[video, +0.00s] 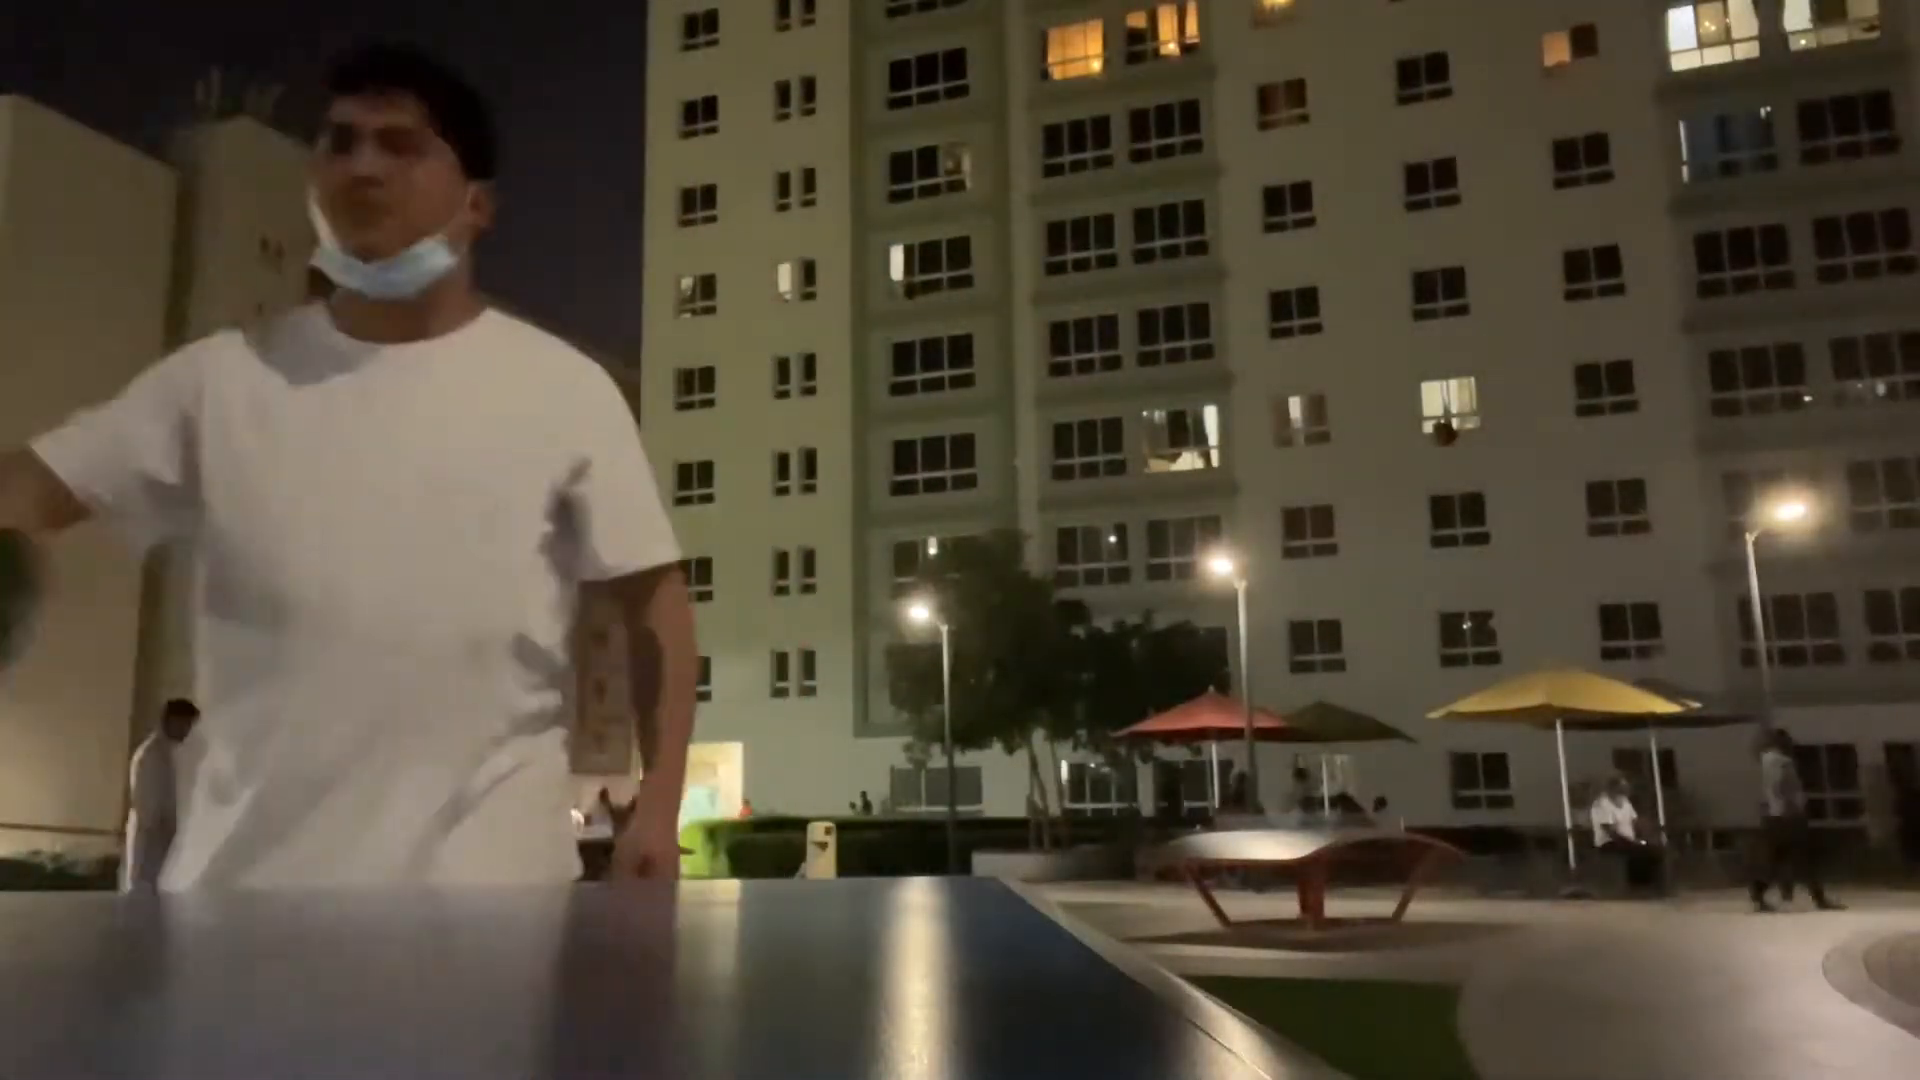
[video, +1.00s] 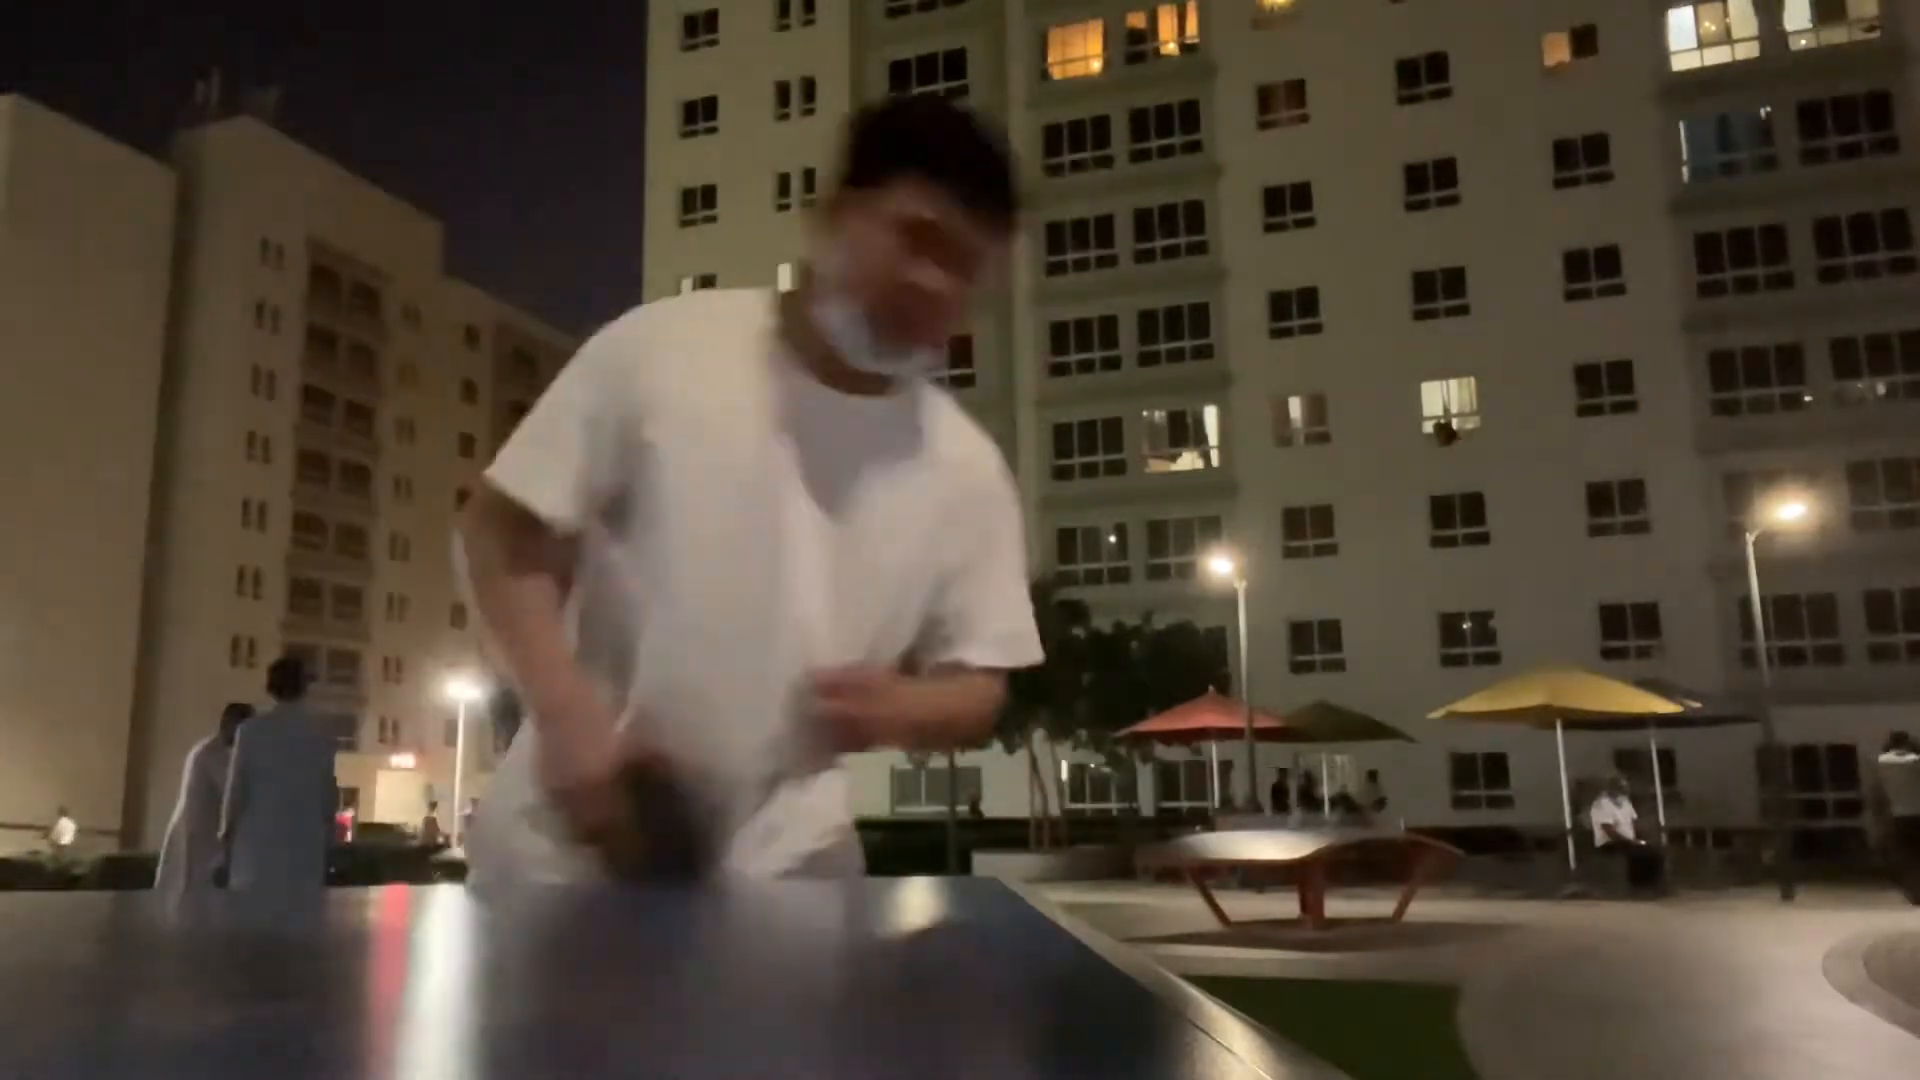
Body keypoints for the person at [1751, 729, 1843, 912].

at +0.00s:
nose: (1791, 744)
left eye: (1790, 741)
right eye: (1789, 741)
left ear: (1772, 742)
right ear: (1783, 742)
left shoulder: (1768, 758)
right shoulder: (1780, 761)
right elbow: (1780, 788)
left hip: (1773, 816)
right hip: (1787, 816)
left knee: (1772, 858)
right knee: (1806, 859)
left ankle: (1759, 892)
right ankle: (1820, 898)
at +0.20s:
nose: (1823, 745)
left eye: (1822, 741)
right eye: (1822, 742)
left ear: (1804, 741)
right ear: (1818, 742)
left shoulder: (1795, 759)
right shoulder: (1821, 760)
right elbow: (1840, 782)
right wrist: (1853, 767)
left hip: (1806, 815)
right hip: (1825, 816)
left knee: (1819, 860)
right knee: (1831, 860)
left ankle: (1824, 897)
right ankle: (1832, 899)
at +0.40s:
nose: (1837, 745)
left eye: (1833, 741)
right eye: (1839, 741)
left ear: (1825, 742)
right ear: (1841, 742)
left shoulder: (1818, 760)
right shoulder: (1849, 761)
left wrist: (1832, 750)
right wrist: (1852, 750)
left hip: (1831, 816)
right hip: (1850, 816)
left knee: (1837, 856)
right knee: (1854, 857)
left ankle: (1840, 887)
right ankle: (1855, 895)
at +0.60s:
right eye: (1867, 743)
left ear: (1851, 743)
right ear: (1869, 743)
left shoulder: (1843, 760)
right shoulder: (1877, 761)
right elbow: (1887, 784)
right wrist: (1888, 809)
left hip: (1855, 815)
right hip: (1877, 815)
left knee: (1859, 857)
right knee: (1888, 857)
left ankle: (1857, 896)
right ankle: (1903, 896)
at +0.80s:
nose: (1899, 743)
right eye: (1897, 740)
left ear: (1879, 741)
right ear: (1895, 741)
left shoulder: (1869, 759)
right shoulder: (1904, 759)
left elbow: (1867, 786)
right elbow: (1911, 786)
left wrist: (1869, 805)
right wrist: (1912, 807)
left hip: (1881, 812)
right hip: (1904, 812)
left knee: (1886, 851)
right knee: (1904, 853)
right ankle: (1903, 892)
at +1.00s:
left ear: (1889, 744)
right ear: (1907, 744)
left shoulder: (1882, 761)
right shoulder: (1914, 760)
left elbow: (1878, 791)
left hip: (1896, 814)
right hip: (1914, 813)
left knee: (1900, 853)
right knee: (1914, 853)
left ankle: (1910, 889)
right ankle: (1913, 889)